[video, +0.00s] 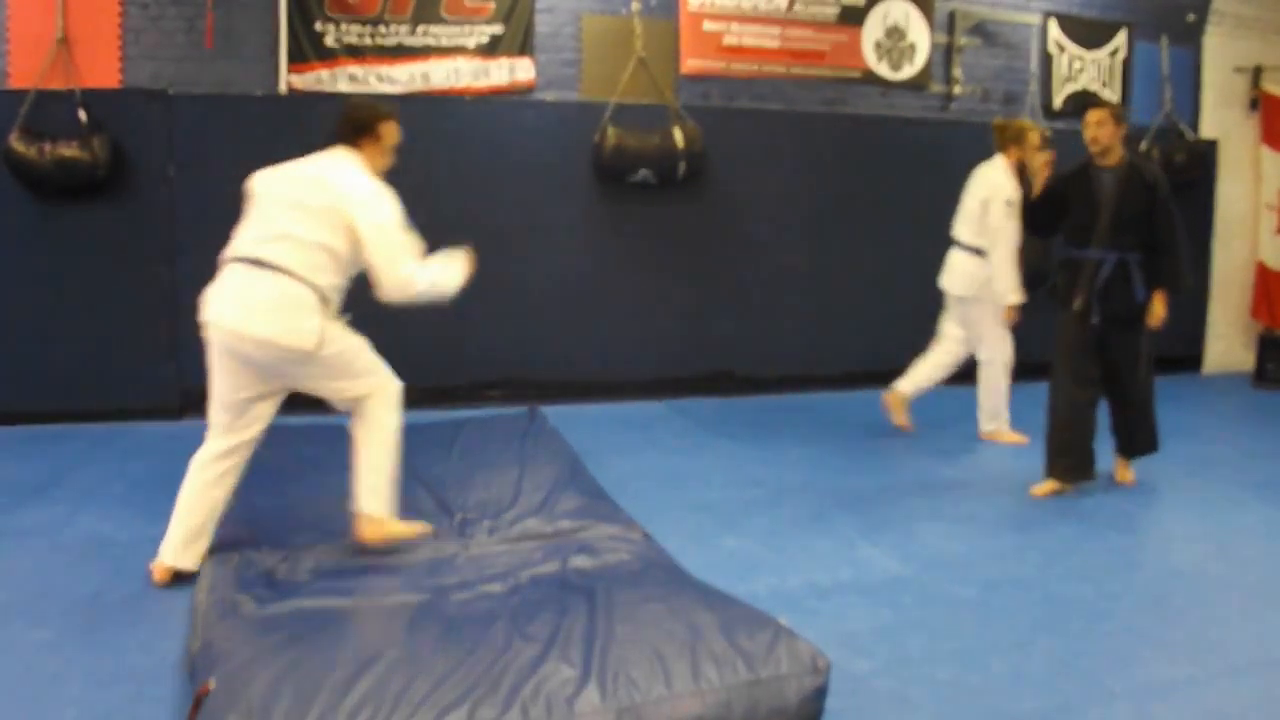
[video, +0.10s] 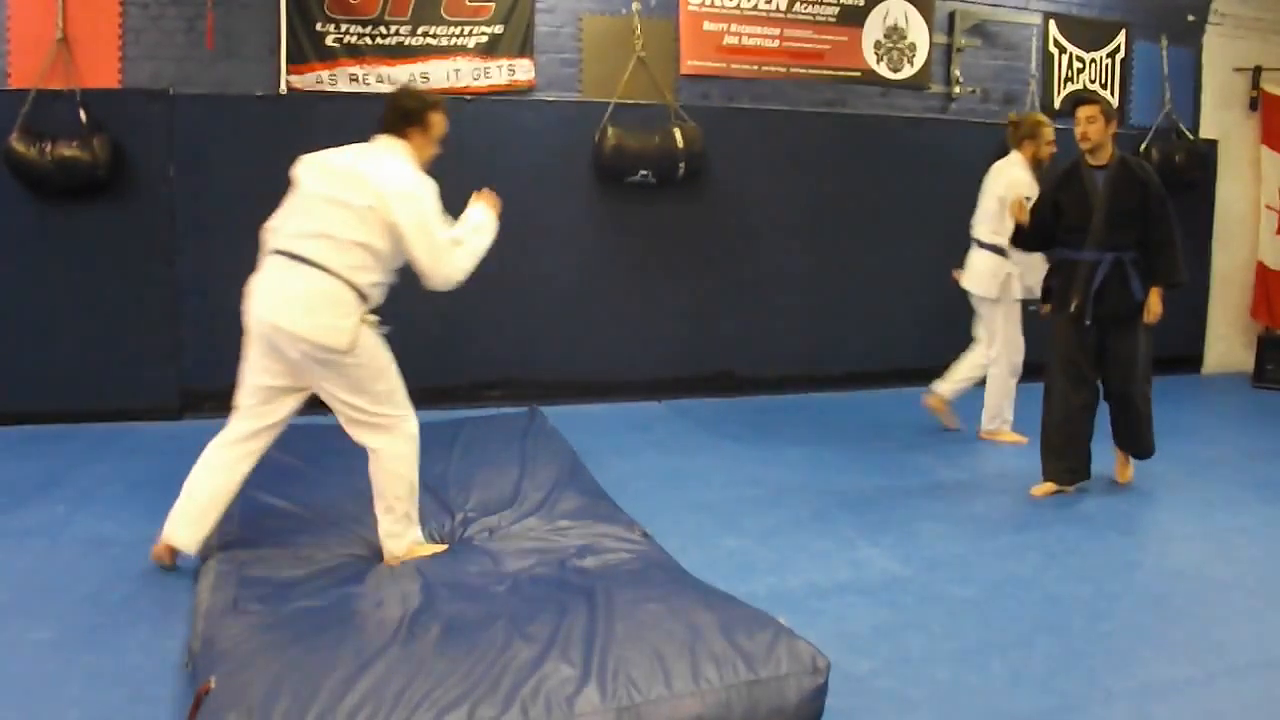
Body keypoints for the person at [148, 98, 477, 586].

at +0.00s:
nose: (396, 158)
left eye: (397, 148)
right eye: (394, 146)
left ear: (345, 135)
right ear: (376, 138)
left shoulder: (279, 175)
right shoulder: (367, 190)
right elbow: (397, 282)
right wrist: (456, 266)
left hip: (224, 305)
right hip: (286, 316)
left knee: (226, 438)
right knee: (378, 391)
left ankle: (175, 558)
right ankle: (375, 519)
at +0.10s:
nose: (440, 149)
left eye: (442, 139)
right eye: (438, 138)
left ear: (391, 126)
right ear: (418, 130)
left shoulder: (326, 160)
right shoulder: (410, 183)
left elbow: (274, 231)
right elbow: (443, 269)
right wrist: (482, 216)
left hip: (268, 292)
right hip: (327, 308)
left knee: (248, 424)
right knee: (392, 425)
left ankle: (176, 537)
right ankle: (402, 544)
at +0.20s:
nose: (479, 146)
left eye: (481, 135)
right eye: (477, 134)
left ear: (435, 123)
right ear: (456, 127)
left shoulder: (365, 152)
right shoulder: (448, 181)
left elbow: (320, 222)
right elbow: (480, 263)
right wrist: (508, 200)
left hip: (300, 287)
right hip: (353, 305)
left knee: (306, 405)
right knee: (413, 429)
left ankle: (210, 481)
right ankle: (401, 542)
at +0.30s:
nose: (513, 137)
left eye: (515, 126)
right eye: (512, 125)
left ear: (466, 113)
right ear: (492, 119)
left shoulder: (403, 142)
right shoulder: (477, 171)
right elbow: (500, 258)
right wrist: (535, 199)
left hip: (328, 272)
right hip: (373, 294)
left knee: (371, 386)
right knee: (409, 427)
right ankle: (401, 540)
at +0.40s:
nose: (537, 136)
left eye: (540, 124)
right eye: (535, 123)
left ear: (496, 113)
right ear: (511, 115)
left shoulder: (447, 140)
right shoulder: (496, 162)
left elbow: (524, 229)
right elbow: (525, 255)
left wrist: (571, 225)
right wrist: (588, 238)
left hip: (372, 271)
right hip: (394, 287)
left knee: (455, 364)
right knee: (410, 417)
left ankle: (386, 454)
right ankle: (398, 540)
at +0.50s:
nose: (566, 129)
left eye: (568, 117)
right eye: (562, 116)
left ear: (525, 110)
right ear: (538, 110)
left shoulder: (475, 140)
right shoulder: (525, 157)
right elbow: (555, 252)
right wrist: (616, 248)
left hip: (417, 276)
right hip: (430, 286)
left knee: (506, 372)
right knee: (426, 416)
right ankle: (403, 540)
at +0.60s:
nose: (597, 126)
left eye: (598, 116)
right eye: (594, 114)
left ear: (552, 109)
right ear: (571, 109)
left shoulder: (493, 147)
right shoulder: (559, 159)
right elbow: (581, 247)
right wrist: (627, 208)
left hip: (453, 283)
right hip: (477, 299)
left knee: (540, 402)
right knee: (450, 421)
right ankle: (406, 540)